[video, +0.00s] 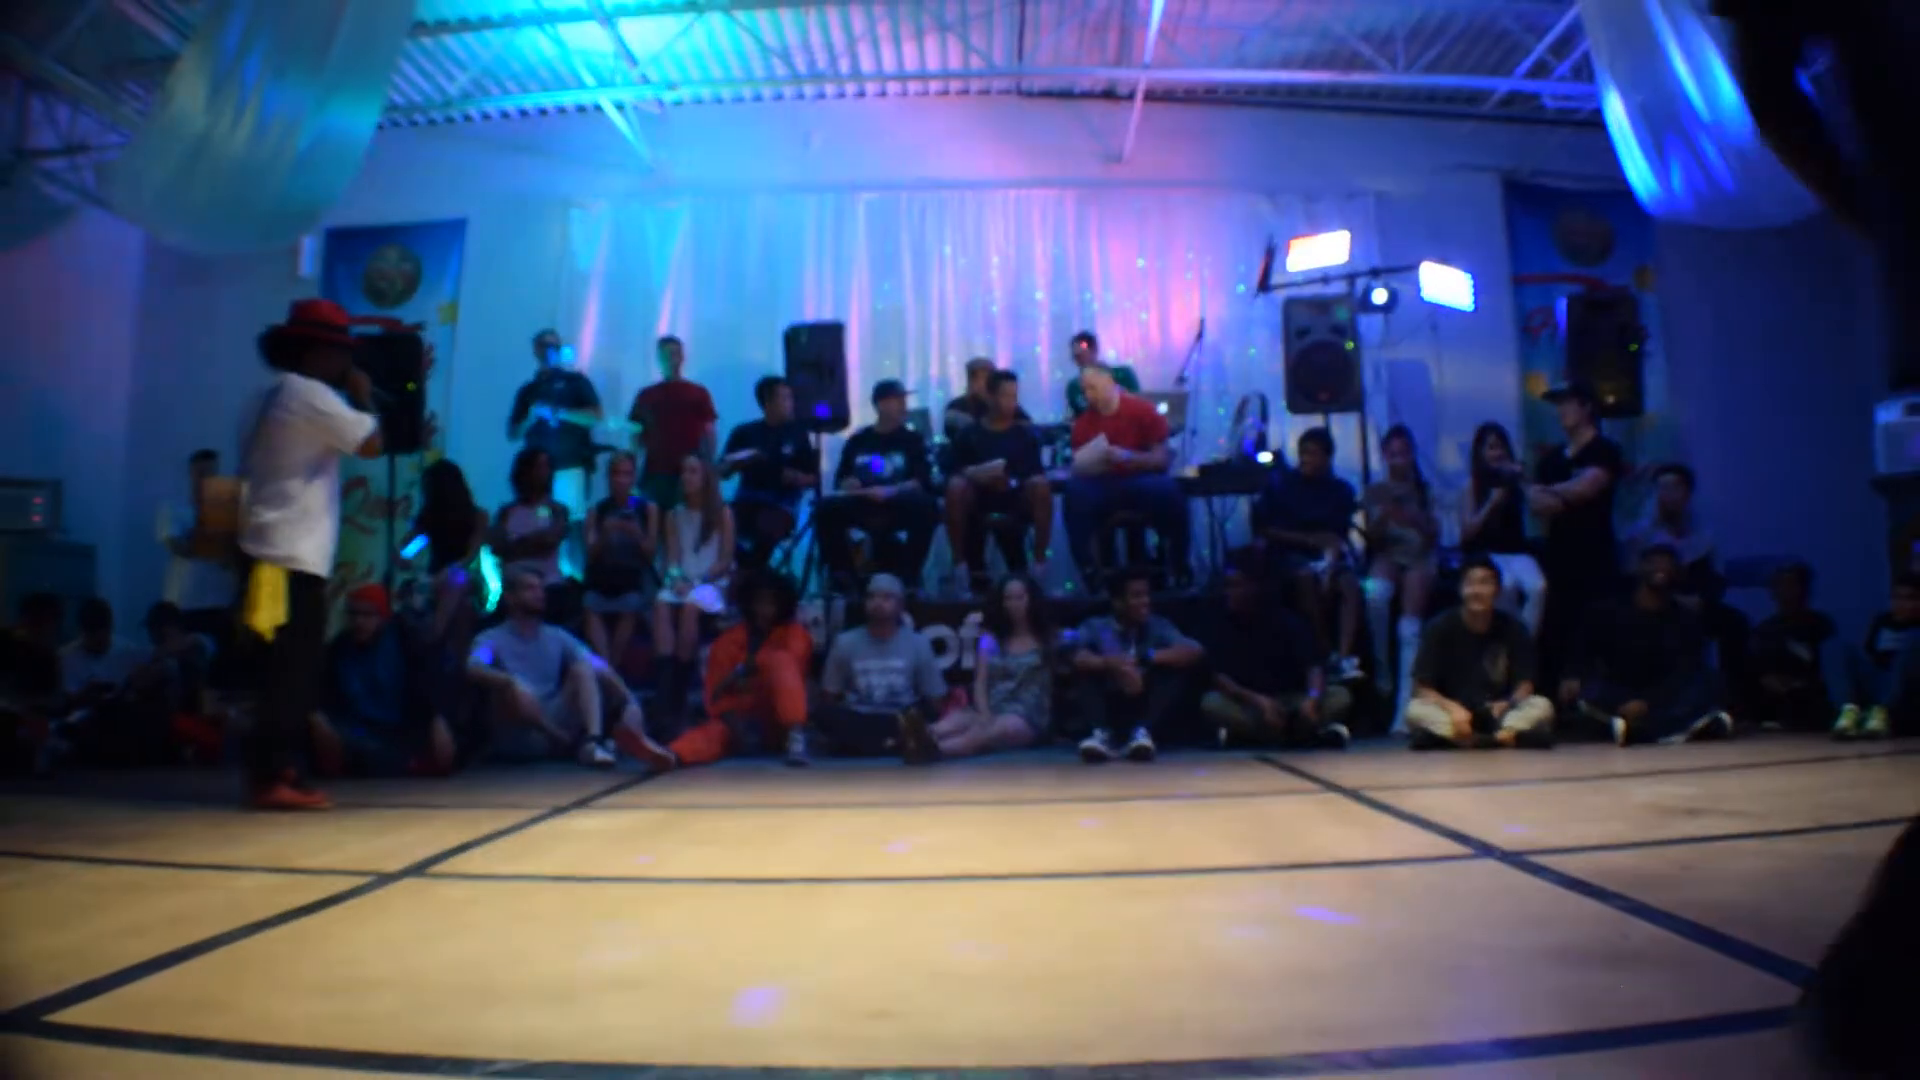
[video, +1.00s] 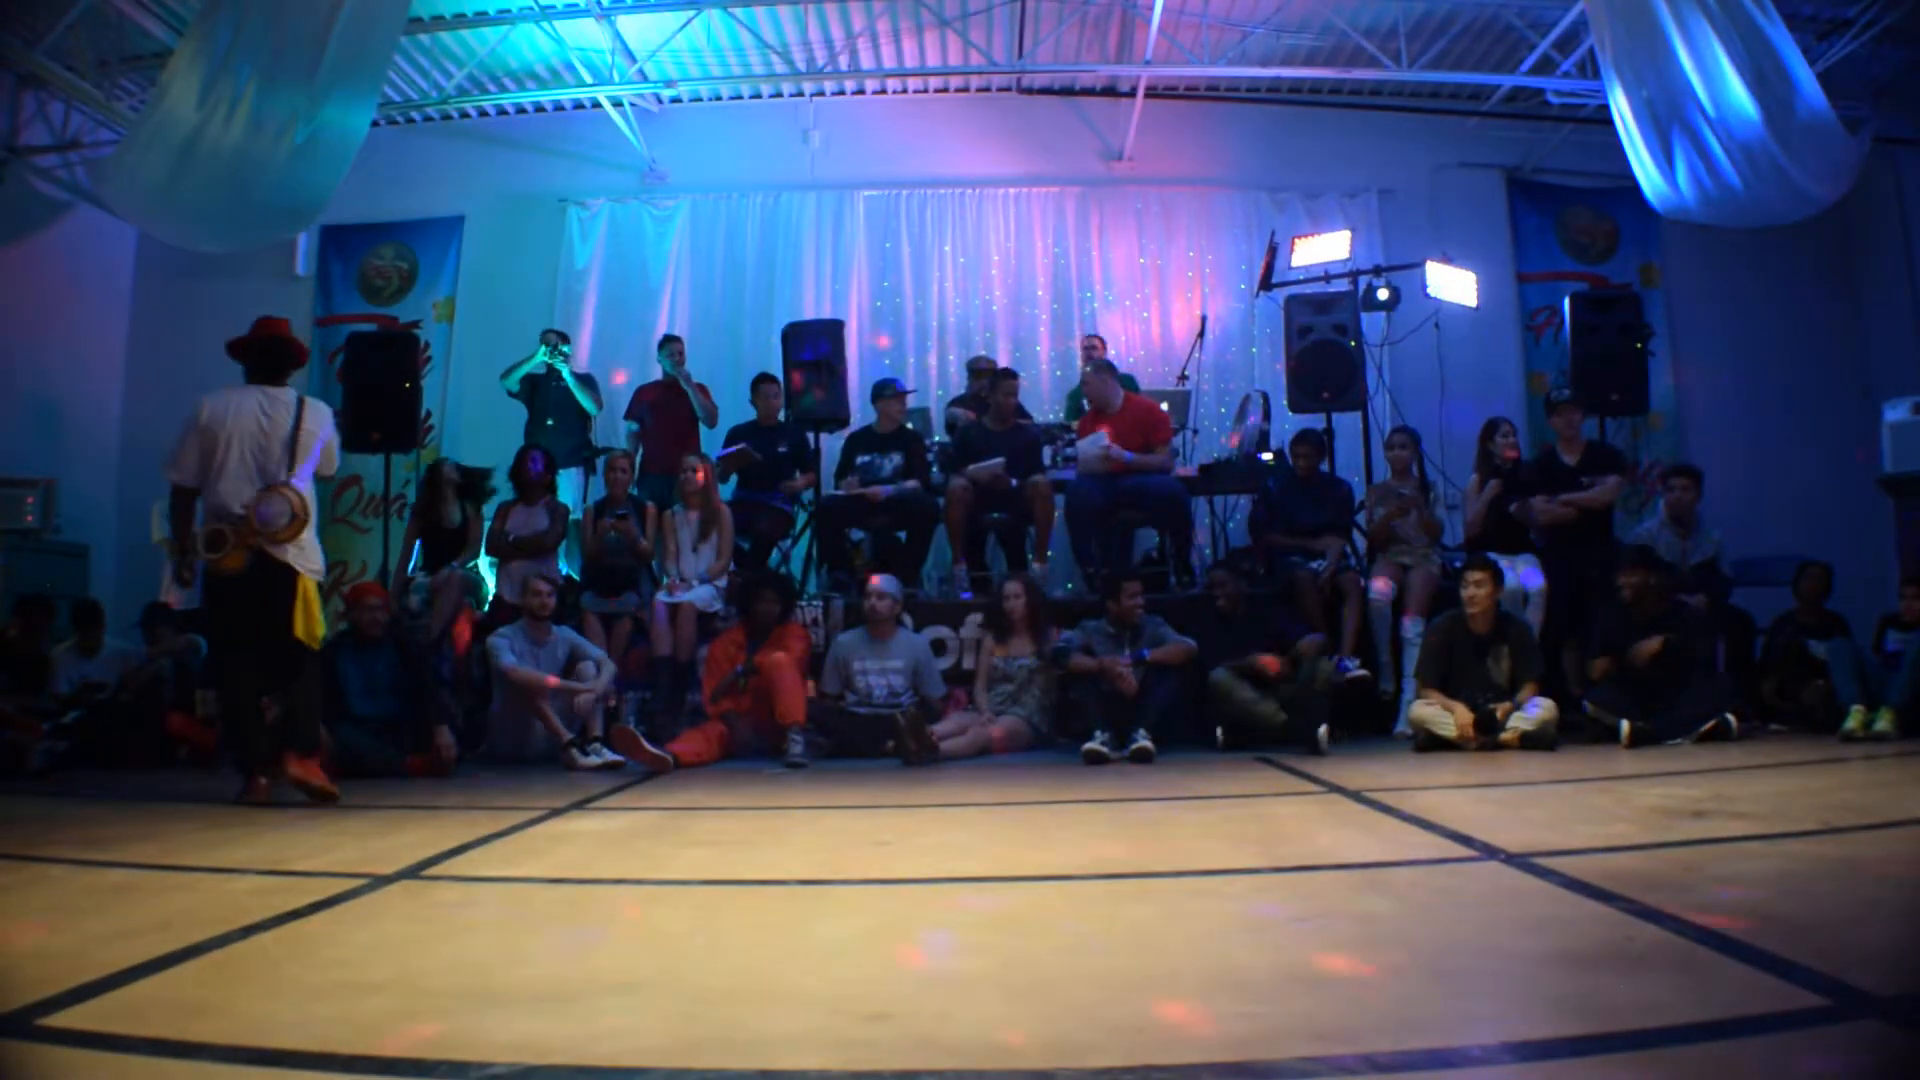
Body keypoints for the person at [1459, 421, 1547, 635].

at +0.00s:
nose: (1497, 453)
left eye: (1500, 447)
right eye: (1490, 448)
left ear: (1508, 449)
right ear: (1479, 452)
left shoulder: (1517, 479)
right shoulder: (1474, 485)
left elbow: (1538, 504)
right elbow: (1468, 529)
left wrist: (1520, 476)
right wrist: (1492, 503)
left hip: (1517, 550)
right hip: (1488, 550)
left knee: (1537, 586)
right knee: (1505, 586)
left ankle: (1527, 644)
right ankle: (1501, 641)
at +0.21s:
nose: (1499, 452)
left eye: (1503, 445)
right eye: (1492, 447)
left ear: (1511, 449)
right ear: (1481, 451)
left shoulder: (1519, 479)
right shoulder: (1474, 483)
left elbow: (1537, 509)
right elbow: (1470, 527)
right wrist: (1492, 500)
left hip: (1519, 551)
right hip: (1489, 551)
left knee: (1539, 586)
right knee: (1507, 585)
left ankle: (1529, 645)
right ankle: (1503, 641)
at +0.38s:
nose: (1508, 447)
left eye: (1511, 440)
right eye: (1501, 441)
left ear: (1516, 445)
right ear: (1487, 447)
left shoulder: (1523, 478)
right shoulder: (1477, 483)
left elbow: (1540, 510)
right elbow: (1472, 527)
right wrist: (1494, 498)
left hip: (1520, 548)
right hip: (1491, 549)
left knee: (1542, 585)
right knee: (1510, 585)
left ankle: (1530, 643)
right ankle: (1509, 640)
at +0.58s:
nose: (1513, 443)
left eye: (1514, 437)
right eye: (1506, 438)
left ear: (1518, 441)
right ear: (1490, 445)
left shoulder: (1525, 474)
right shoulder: (1478, 482)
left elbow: (1542, 518)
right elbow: (1472, 527)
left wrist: (1531, 495)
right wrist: (1496, 502)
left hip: (1524, 548)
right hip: (1493, 549)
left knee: (1539, 585)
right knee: (1511, 585)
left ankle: (1530, 646)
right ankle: (1508, 643)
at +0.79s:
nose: (1512, 441)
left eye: (1513, 436)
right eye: (1505, 437)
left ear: (1518, 440)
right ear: (1490, 444)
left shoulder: (1524, 474)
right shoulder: (1478, 482)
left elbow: (1540, 520)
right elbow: (1471, 527)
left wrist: (1529, 497)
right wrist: (1493, 501)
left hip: (1523, 548)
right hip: (1493, 549)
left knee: (1539, 585)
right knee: (1511, 585)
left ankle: (1530, 645)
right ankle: (1510, 640)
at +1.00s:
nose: (1511, 441)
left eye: (1513, 435)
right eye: (1504, 436)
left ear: (1518, 440)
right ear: (1489, 443)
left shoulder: (1526, 474)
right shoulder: (1478, 481)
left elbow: (1540, 517)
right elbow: (1471, 527)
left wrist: (1527, 509)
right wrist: (1486, 496)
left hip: (1523, 548)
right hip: (1492, 548)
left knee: (1537, 586)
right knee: (1510, 586)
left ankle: (1531, 646)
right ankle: (1507, 642)